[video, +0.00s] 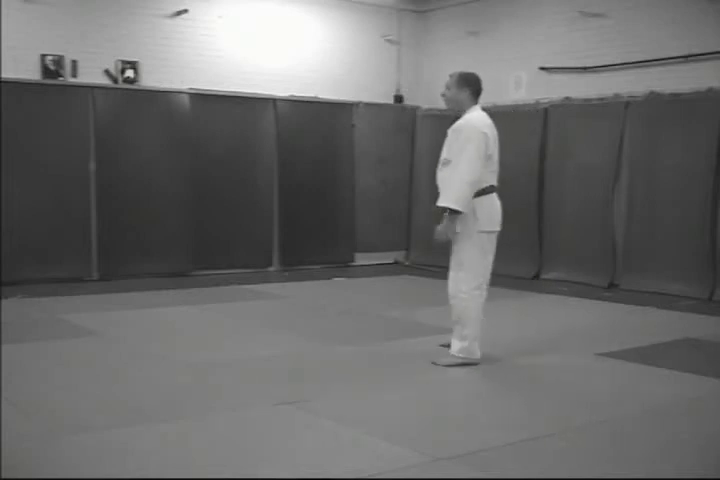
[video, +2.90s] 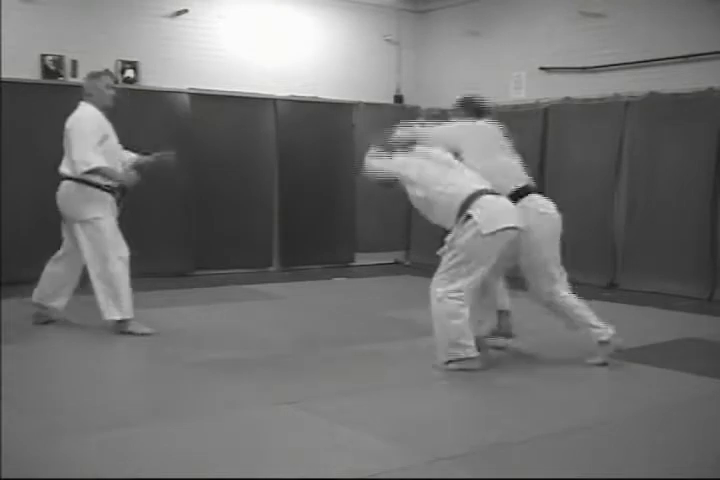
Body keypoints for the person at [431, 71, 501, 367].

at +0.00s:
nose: (443, 94)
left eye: (449, 89)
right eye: (445, 89)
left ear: (467, 93)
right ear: (469, 93)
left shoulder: (470, 126)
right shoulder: (478, 122)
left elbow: (464, 173)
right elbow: (466, 171)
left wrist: (449, 215)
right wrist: (450, 210)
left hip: (474, 209)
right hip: (480, 207)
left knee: (465, 281)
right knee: (469, 280)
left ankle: (466, 350)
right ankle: (464, 340)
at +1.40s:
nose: (418, 122)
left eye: (423, 116)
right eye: (419, 116)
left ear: (440, 120)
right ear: (442, 121)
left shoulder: (453, 150)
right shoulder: (455, 146)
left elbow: (447, 199)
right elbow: (449, 200)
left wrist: (424, 243)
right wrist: (428, 236)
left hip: (485, 229)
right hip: (472, 228)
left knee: (459, 290)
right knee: (440, 273)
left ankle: (490, 352)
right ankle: (447, 337)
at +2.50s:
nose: (387, 153)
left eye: (391, 147)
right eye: (389, 147)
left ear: (407, 147)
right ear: (415, 148)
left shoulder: (426, 173)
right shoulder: (443, 163)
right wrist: (448, 253)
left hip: (488, 230)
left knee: (443, 288)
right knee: (433, 276)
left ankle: (473, 353)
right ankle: (454, 335)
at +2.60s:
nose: (389, 160)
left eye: (383, 153)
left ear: (392, 142)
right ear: (417, 143)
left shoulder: (426, 170)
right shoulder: (448, 161)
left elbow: (436, 192)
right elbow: (482, 188)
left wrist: (397, 171)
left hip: (472, 240)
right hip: (487, 233)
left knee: (436, 301)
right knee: (433, 275)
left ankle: (473, 354)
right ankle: (449, 333)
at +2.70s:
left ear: (413, 126)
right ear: (435, 125)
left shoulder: (412, 148)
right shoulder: (449, 146)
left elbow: (375, 130)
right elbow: (433, 124)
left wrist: (367, 103)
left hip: (464, 227)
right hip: (487, 222)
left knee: (433, 295)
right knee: (446, 287)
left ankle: (472, 348)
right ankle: (457, 334)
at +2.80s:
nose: (405, 124)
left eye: (406, 121)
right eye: (406, 120)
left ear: (413, 126)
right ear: (429, 124)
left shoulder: (410, 143)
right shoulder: (444, 145)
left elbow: (375, 124)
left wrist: (368, 106)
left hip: (472, 219)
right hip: (498, 214)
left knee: (439, 288)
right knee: (503, 275)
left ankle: (466, 351)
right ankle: (516, 332)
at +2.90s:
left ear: (402, 153)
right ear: (419, 146)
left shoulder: (407, 163)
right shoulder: (443, 157)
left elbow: (371, 166)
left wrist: (374, 151)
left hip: (481, 218)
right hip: (509, 213)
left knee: (446, 287)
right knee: (486, 276)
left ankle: (461, 354)